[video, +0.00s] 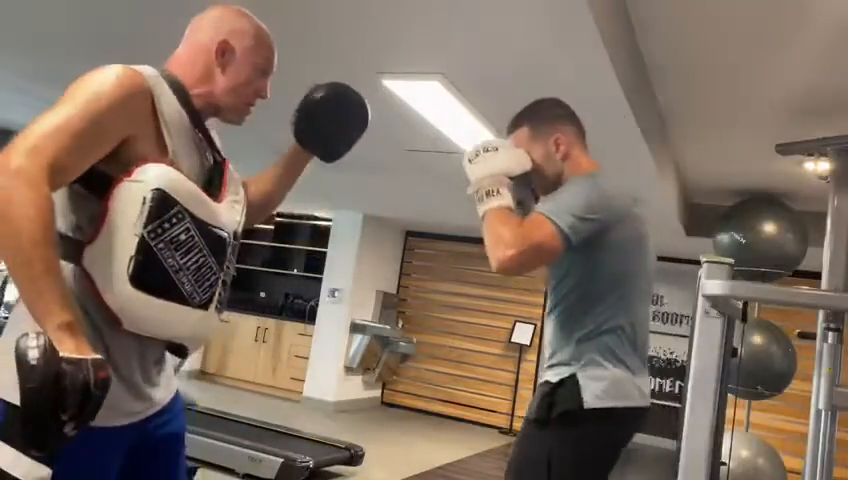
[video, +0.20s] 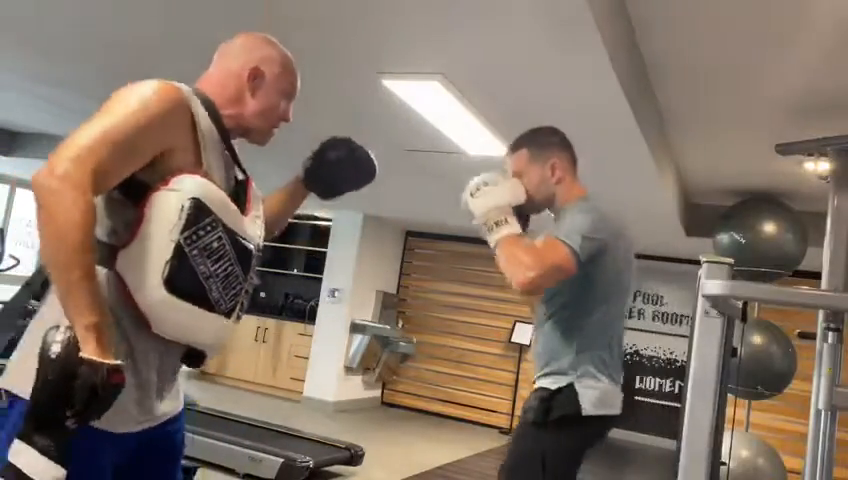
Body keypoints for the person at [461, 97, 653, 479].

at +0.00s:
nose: (522, 170)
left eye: (524, 155)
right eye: (517, 159)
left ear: (560, 145)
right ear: (562, 144)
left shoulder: (590, 193)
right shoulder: (610, 196)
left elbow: (507, 252)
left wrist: (488, 185)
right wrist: (521, 192)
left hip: (586, 395)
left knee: (528, 472)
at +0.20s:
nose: (515, 187)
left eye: (519, 175)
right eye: (513, 178)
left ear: (555, 171)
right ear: (555, 172)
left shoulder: (590, 220)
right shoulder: (580, 222)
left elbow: (528, 274)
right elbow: (530, 272)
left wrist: (499, 219)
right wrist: (503, 222)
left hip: (574, 396)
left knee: (520, 473)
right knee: (525, 472)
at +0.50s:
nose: (534, 166)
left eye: (544, 154)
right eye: (532, 155)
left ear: (578, 157)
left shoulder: (611, 208)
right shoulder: (550, 213)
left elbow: (603, 267)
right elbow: (516, 280)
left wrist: (556, 218)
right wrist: (509, 233)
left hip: (576, 365)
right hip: (544, 362)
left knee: (532, 471)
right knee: (530, 469)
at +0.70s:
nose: (539, 181)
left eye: (551, 171)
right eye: (539, 171)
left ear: (583, 177)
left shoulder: (615, 231)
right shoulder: (547, 231)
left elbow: (609, 296)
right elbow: (517, 300)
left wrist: (563, 246)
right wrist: (511, 253)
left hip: (576, 388)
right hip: (534, 381)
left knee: (558, 473)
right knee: (520, 471)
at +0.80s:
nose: (542, 191)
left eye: (554, 181)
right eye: (542, 181)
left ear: (585, 186)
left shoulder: (612, 243)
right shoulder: (549, 240)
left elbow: (604, 306)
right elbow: (516, 306)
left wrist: (561, 254)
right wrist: (511, 259)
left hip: (575, 399)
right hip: (531, 389)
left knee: (559, 473)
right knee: (512, 473)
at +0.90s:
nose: (548, 167)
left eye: (558, 157)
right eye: (546, 157)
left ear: (590, 163)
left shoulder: (616, 221)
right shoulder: (552, 218)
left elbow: (613, 286)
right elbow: (524, 287)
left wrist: (566, 237)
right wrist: (518, 241)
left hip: (580, 371)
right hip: (539, 365)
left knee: (559, 472)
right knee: (529, 467)